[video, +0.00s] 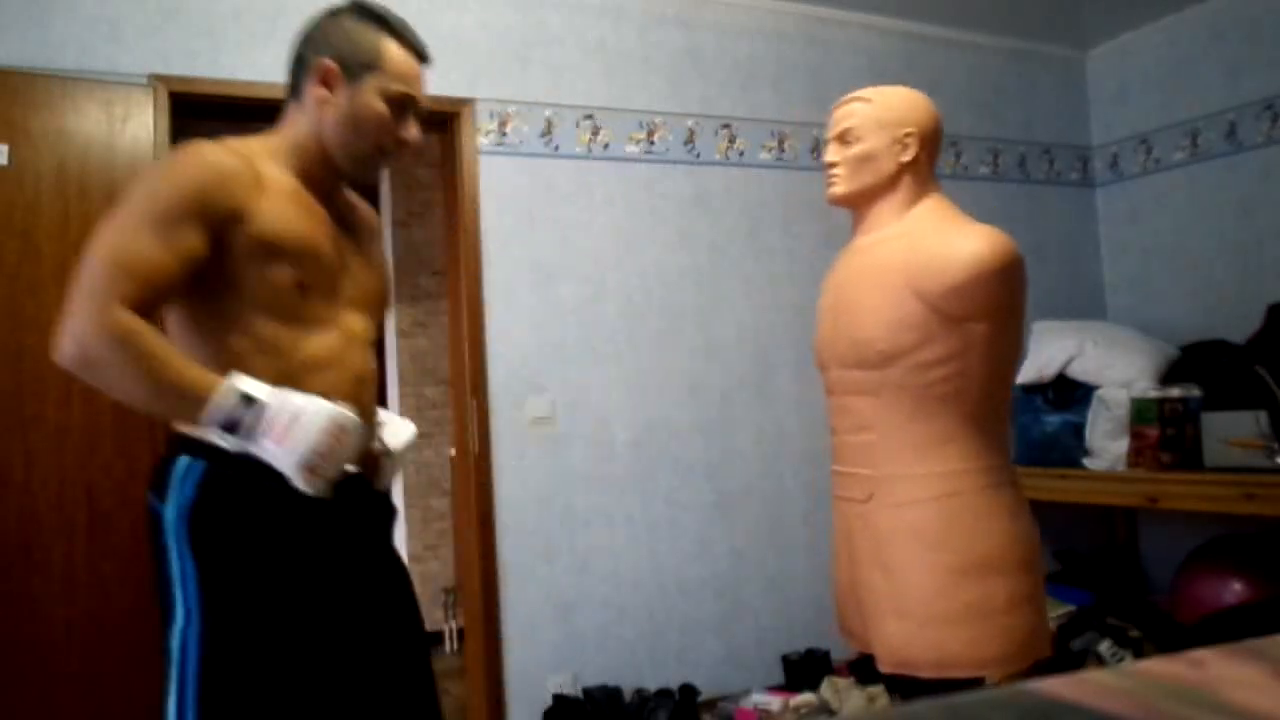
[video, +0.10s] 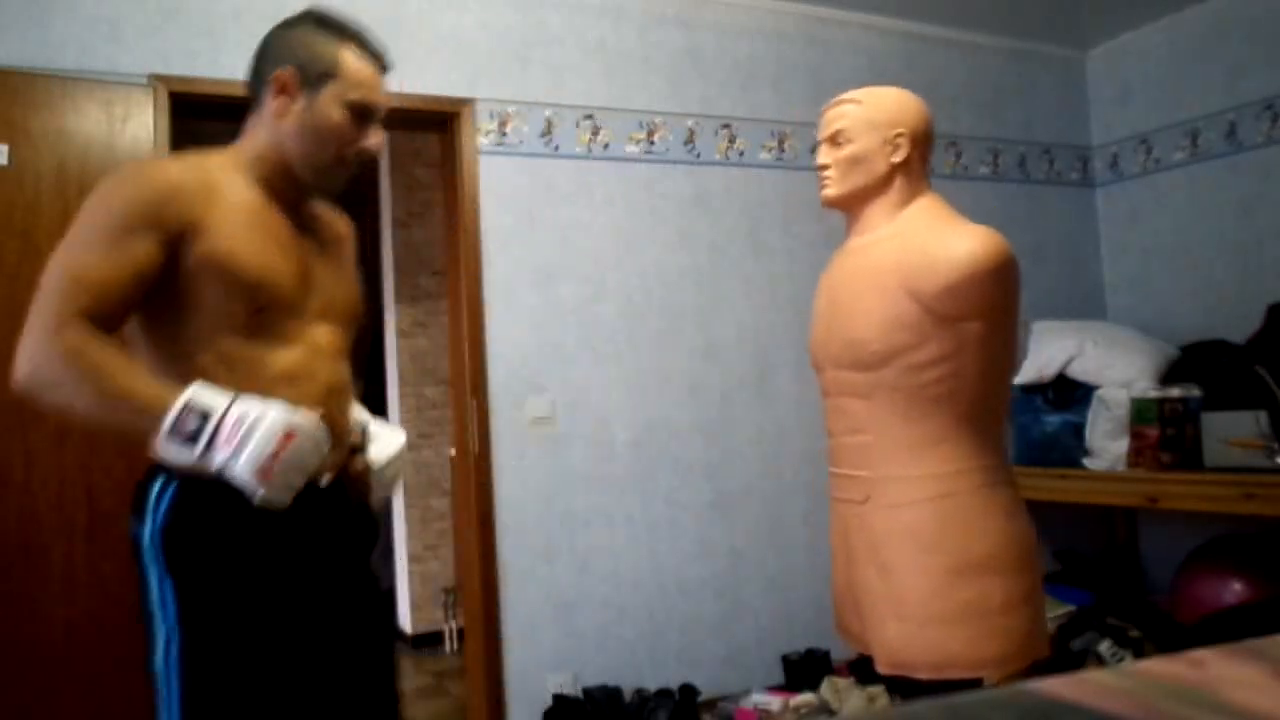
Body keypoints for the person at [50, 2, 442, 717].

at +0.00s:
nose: (410, 136)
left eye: (415, 115)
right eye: (397, 105)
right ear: (325, 84)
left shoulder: (365, 224)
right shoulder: (211, 174)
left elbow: (337, 370)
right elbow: (88, 331)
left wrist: (378, 430)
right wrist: (260, 415)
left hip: (346, 510)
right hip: (237, 508)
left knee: (398, 706)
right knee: (235, 711)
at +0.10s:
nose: (372, 143)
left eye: (378, 123)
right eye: (358, 114)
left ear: (289, 99)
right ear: (284, 94)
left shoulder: (336, 230)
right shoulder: (160, 192)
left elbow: (316, 365)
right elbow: (46, 354)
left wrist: (361, 433)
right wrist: (217, 426)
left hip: (327, 516)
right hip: (214, 521)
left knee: (354, 710)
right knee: (222, 713)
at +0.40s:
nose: (307, 136)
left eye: (313, 116)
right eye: (289, 106)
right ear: (209, 87)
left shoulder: (297, 231)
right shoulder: (81, 200)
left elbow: (295, 360)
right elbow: (8, 376)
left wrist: (336, 398)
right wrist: (173, 406)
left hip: (265, 537)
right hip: (125, 537)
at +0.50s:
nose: (283, 137)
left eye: (290, 117)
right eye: (263, 108)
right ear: (182, 90)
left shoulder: (291, 233)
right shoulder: (43, 204)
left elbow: (316, 377)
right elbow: (4, 382)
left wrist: (329, 373)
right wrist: (138, 372)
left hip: (247, 551)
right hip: (99, 552)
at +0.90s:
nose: (265, 180)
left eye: (272, 158)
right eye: (246, 147)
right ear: (164, 116)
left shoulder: (245, 257)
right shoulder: (23, 230)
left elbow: (332, 390)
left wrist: (353, 292)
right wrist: (49, 476)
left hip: (204, 576)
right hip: (57, 576)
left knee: (326, 719)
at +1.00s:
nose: (303, 202)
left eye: (308, 181)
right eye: (286, 170)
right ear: (208, 142)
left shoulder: (261, 283)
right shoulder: (73, 250)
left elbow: (325, 409)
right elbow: (66, 438)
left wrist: (385, 321)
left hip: (219, 596)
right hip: (82, 600)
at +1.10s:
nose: (342, 214)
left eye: (345, 195)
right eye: (327, 187)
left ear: (256, 169)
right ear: (254, 167)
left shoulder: (278, 269)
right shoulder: (180, 242)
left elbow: (258, 437)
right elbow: (333, 327)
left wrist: (348, 448)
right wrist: (446, 258)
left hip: (262, 594)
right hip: (165, 599)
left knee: (402, 718)